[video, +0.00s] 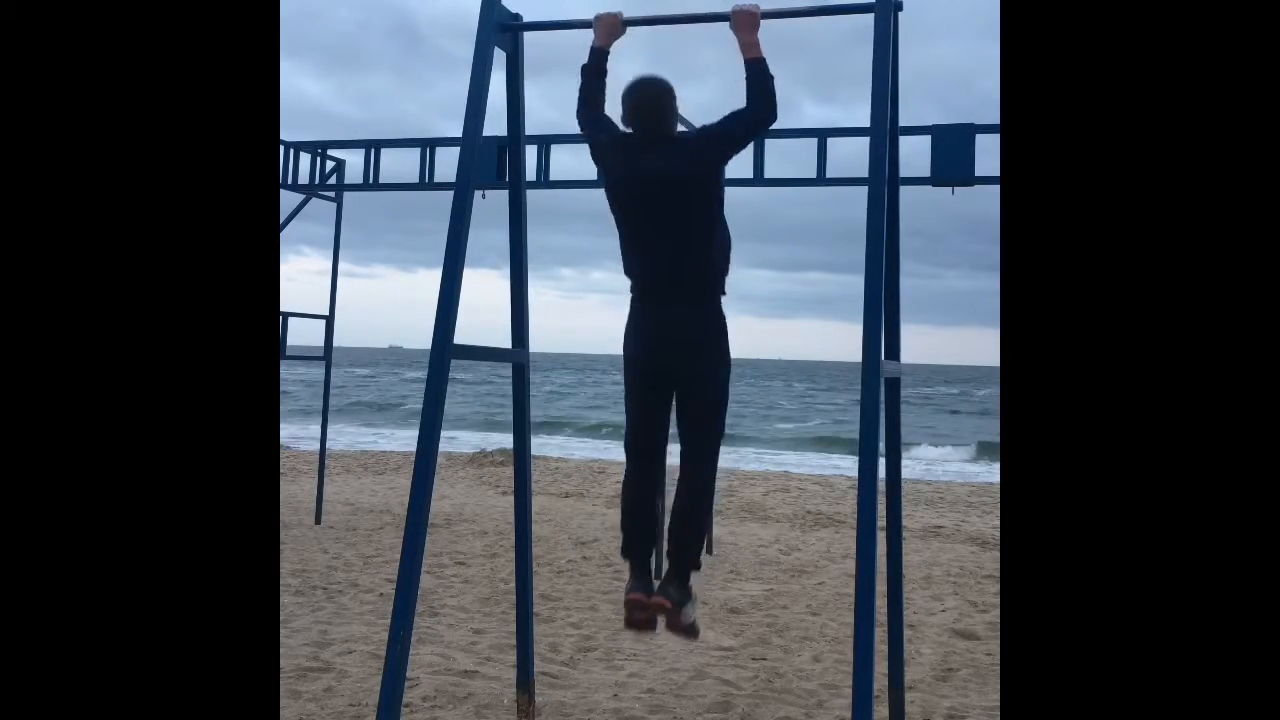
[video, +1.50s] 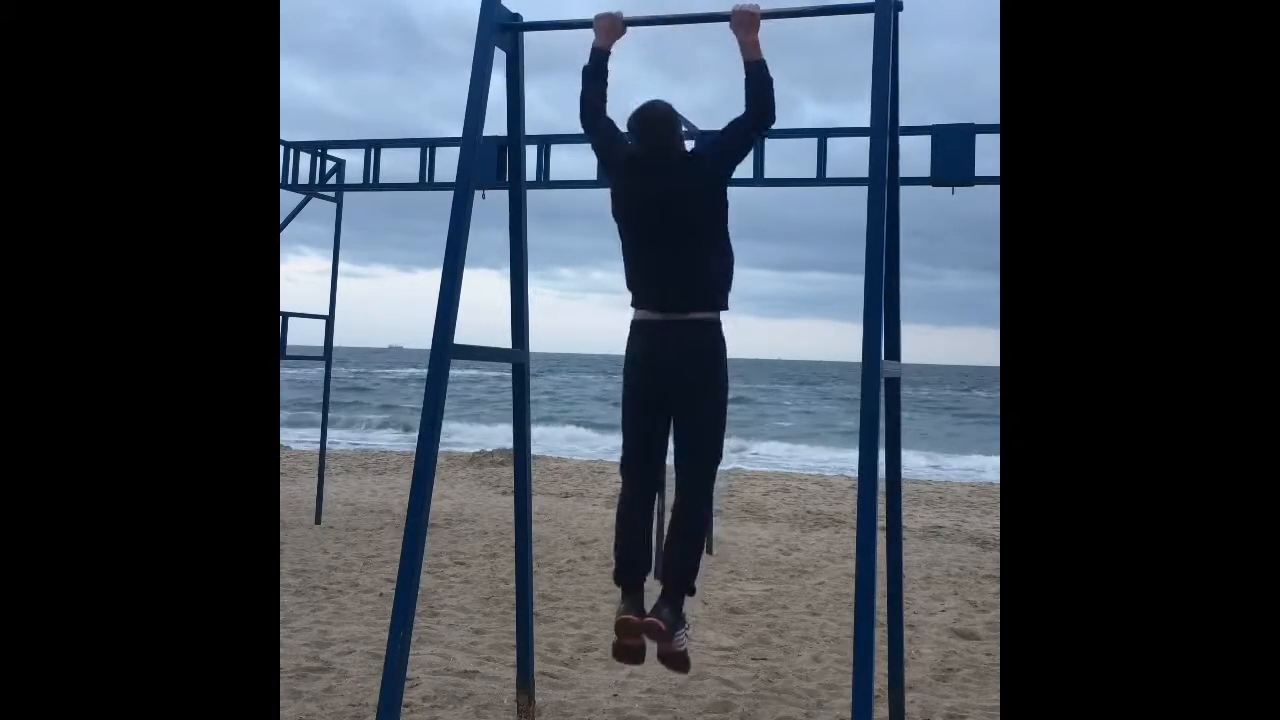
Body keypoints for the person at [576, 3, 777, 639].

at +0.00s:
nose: (677, 114)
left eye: (663, 108)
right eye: (677, 108)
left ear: (627, 119)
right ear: (676, 114)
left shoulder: (614, 157)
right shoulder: (704, 149)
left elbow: (589, 109)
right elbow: (762, 109)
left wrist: (599, 46)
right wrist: (751, 45)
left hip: (645, 324)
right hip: (702, 324)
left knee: (643, 454)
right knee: (699, 460)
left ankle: (639, 578)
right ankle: (678, 587)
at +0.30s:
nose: (682, 122)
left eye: (675, 117)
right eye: (678, 117)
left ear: (627, 133)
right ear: (674, 126)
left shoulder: (618, 166)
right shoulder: (704, 159)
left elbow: (592, 112)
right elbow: (757, 111)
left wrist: (600, 46)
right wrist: (749, 44)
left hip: (644, 334)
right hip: (699, 335)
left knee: (637, 467)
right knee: (694, 472)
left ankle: (630, 601)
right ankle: (670, 603)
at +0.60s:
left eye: (610, 37)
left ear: (609, 47)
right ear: (656, 42)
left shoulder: (596, 102)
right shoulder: (687, 82)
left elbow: (581, 94)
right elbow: (752, 104)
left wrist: (597, 42)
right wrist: (748, 42)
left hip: (635, 259)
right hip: (694, 255)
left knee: (647, 372)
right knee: (706, 376)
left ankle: (655, 489)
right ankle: (694, 496)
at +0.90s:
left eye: (622, 4)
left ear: (624, 2)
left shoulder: (603, 40)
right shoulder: (696, 32)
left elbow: (568, 103)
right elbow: (759, 88)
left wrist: (596, 34)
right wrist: (751, 36)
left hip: (638, 205)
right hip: (696, 201)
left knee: (654, 325)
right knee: (711, 318)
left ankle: (674, 443)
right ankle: (713, 443)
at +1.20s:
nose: (657, 100)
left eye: (636, 93)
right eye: (664, 91)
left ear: (625, 102)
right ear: (674, 98)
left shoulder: (613, 144)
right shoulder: (706, 138)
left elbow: (587, 109)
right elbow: (765, 107)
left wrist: (599, 45)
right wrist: (752, 43)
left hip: (647, 310)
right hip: (703, 310)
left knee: (647, 439)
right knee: (703, 442)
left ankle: (649, 565)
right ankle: (685, 568)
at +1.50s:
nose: (686, 126)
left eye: (675, 123)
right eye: (681, 123)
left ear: (633, 139)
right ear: (680, 133)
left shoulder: (623, 169)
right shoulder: (708, 164)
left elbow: (592, 112)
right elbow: (759, 113)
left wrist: (601, 46)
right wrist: (750, 45)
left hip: (646, 340)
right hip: (701, 342)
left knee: (638, 474)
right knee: (695, 479)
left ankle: (633, 609)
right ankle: (670, 610)